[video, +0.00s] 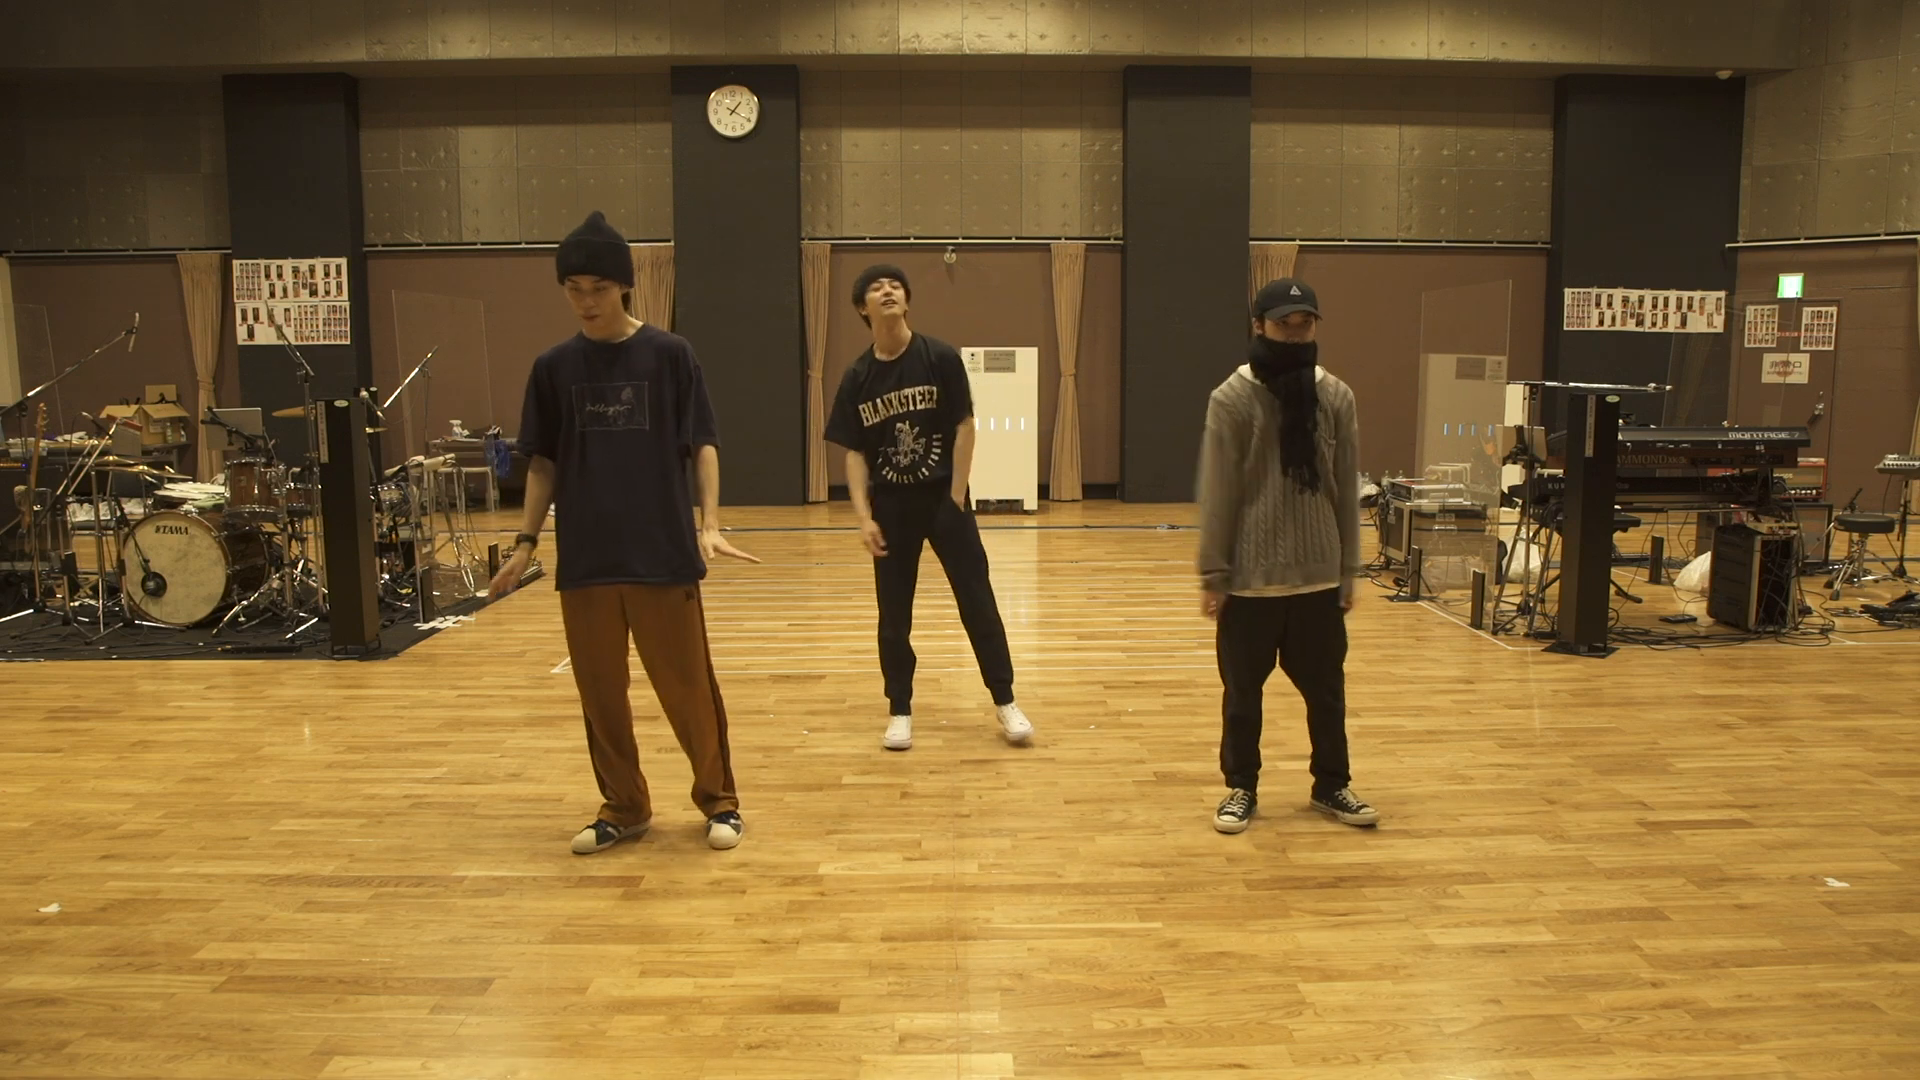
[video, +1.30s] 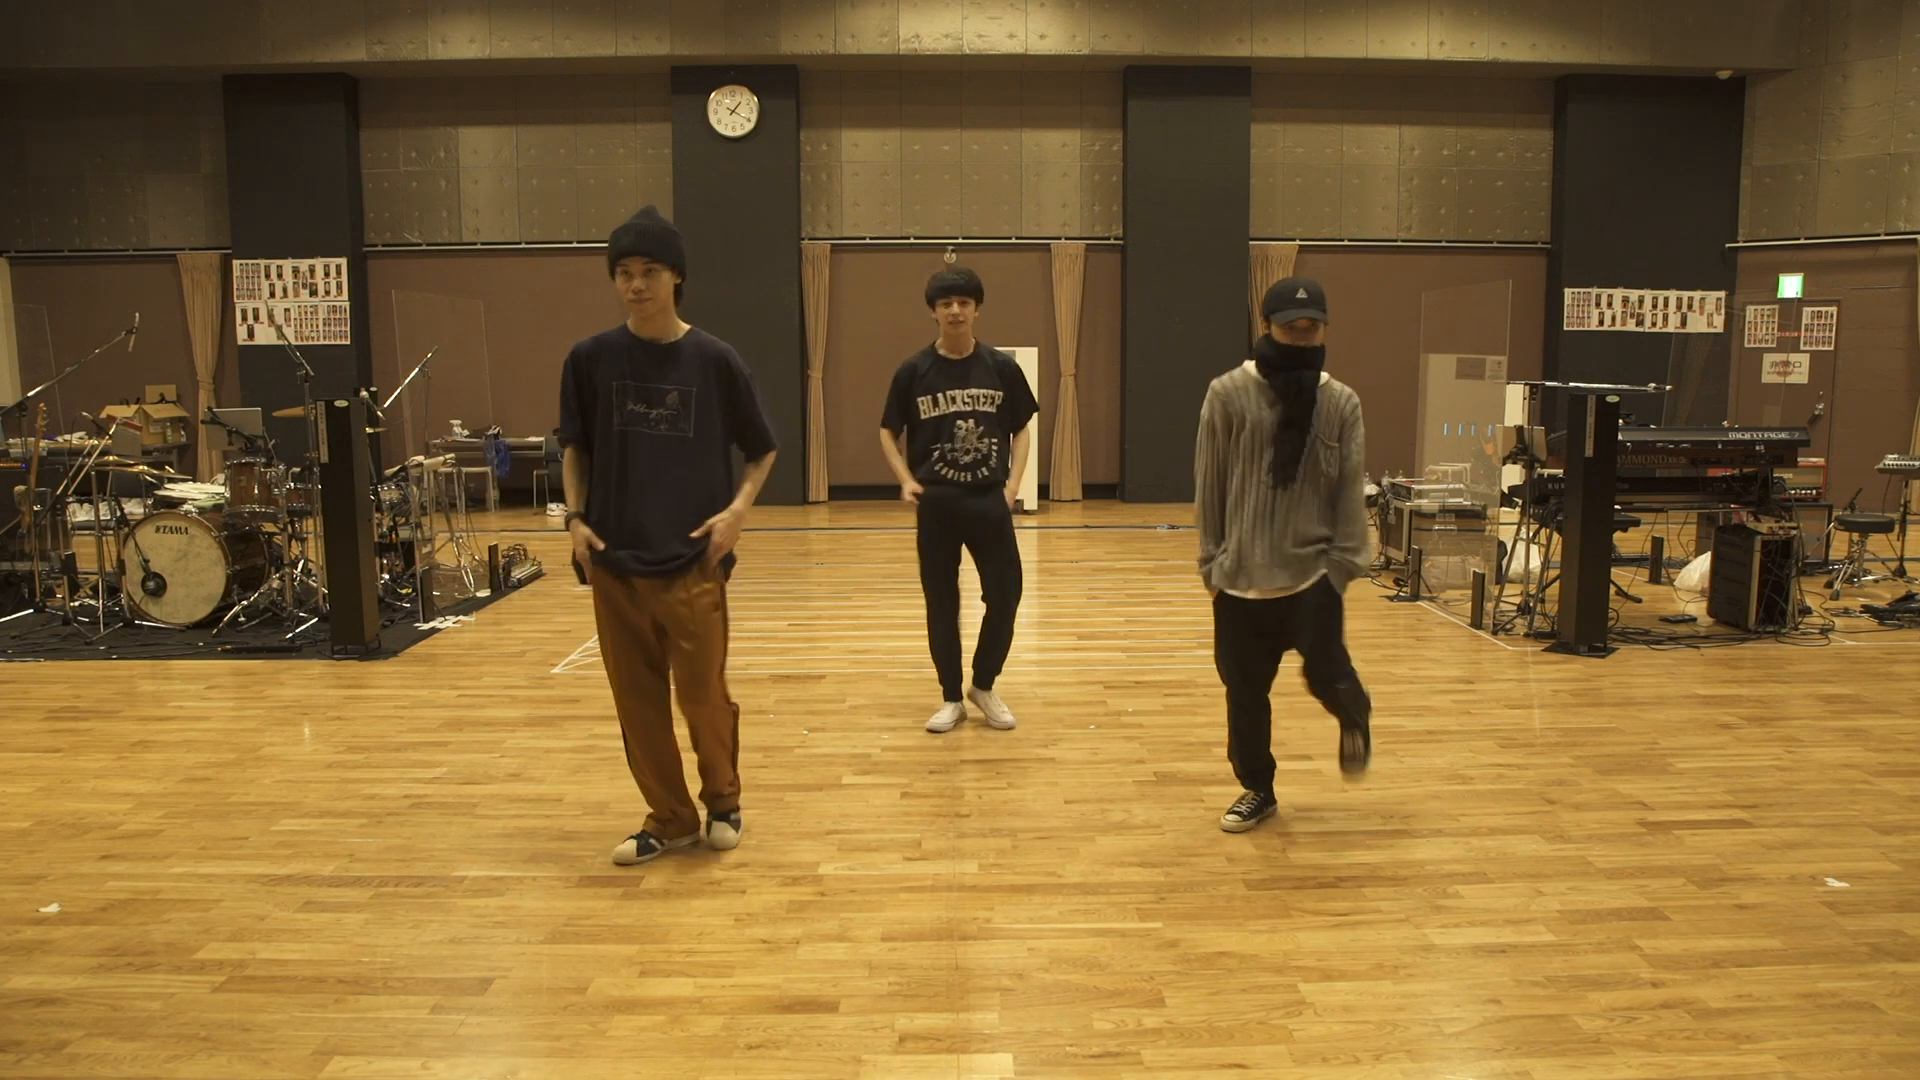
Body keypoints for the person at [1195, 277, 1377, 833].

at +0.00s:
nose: (1297, 332)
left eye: (1306, 322)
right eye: (1285, 322)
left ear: (1316, 327)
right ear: (1260, 326)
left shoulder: (1336, 396)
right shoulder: (1232, 399)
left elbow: (1348, 492)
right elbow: (1217, 493)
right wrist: (1214, 575)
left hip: (1318, 577)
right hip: (1247, 580)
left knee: (1327, 691)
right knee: (1241, 693)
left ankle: (1331, 786)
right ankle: (1241, 789)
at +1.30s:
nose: (1303, 337)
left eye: (1313, 327)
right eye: (1291, 326)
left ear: (1325, 332)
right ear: (1266, 328)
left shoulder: (1340, 402)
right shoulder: (1226, 393)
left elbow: (1352, 489)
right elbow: (1209, 481)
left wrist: (1342, 563)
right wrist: (1211, 558)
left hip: (1311, 571)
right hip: (1239, 573)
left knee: (1327, 672)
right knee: (1243, 691)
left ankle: (1355, 719)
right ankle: (1257, 790)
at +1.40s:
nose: (1286, 348)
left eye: (1295, 336)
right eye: (1274, 337)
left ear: (1309, 339)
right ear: (1250, 338)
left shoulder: (1339, 403)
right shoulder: (1222, 411)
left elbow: (1348, 491)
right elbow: (1204, 498)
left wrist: (1323, 555)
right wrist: (1210, 567)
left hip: (1307, 560)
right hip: (1242, 565)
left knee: (1281, 639)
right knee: (1239, 680)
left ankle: (1338, 675)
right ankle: (1256, 791)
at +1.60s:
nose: (1263, 380)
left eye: (1275, 371)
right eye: (1253, 367)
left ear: (1294, 371)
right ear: (1235, 362)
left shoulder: (1308, 431)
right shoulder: (1226, 415)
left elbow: (1353, 512)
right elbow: (1235, 503)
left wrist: (1298, 569)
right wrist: (1231, 575)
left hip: (1287, 590)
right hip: (1244, 587)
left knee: (1272, 714)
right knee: (1212, 692)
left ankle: (1331, 857)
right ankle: (1277, 803)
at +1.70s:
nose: (1252, 397)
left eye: (1266, 388)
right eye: (1245, 385)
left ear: (1290, 391)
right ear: (1234, 384)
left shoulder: (1294, 450)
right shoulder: (1250, 442)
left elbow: (1328, 541)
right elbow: (1252, 534)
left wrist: (1268, 608)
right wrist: (1236, 599)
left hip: (1274, 624)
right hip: (1244, 620)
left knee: (1275, 744)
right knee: (1223, 718)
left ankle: (1350, 874)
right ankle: (1280, 815)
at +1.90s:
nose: (1251, 350)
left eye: (1265, 340)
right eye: (1241, 336)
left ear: (1281, 340)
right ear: (1222, 329)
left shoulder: (1306, 388)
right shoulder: (1186, 397)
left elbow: (1350, 463)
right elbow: (1178, 480)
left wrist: (1301, 522)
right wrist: (1193, 547)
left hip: (1283, 534)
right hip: (1215, 544)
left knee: (1261, 600)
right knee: (1195, 677)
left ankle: (1313, 722)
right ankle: (1261, 772)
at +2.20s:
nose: (1253, 347)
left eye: (1262, 337)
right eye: (1241, 336)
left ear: (1276, 335)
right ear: (1214, 329)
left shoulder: (1297, 387)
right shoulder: (1177, 397)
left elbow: (1307, 480)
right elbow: (1152, 488)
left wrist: (1297, 558)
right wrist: (1173, 540)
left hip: (1264, 566)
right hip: (1195, 565)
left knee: (1250, 680)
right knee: (1196, 678)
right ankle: (1201, 780)